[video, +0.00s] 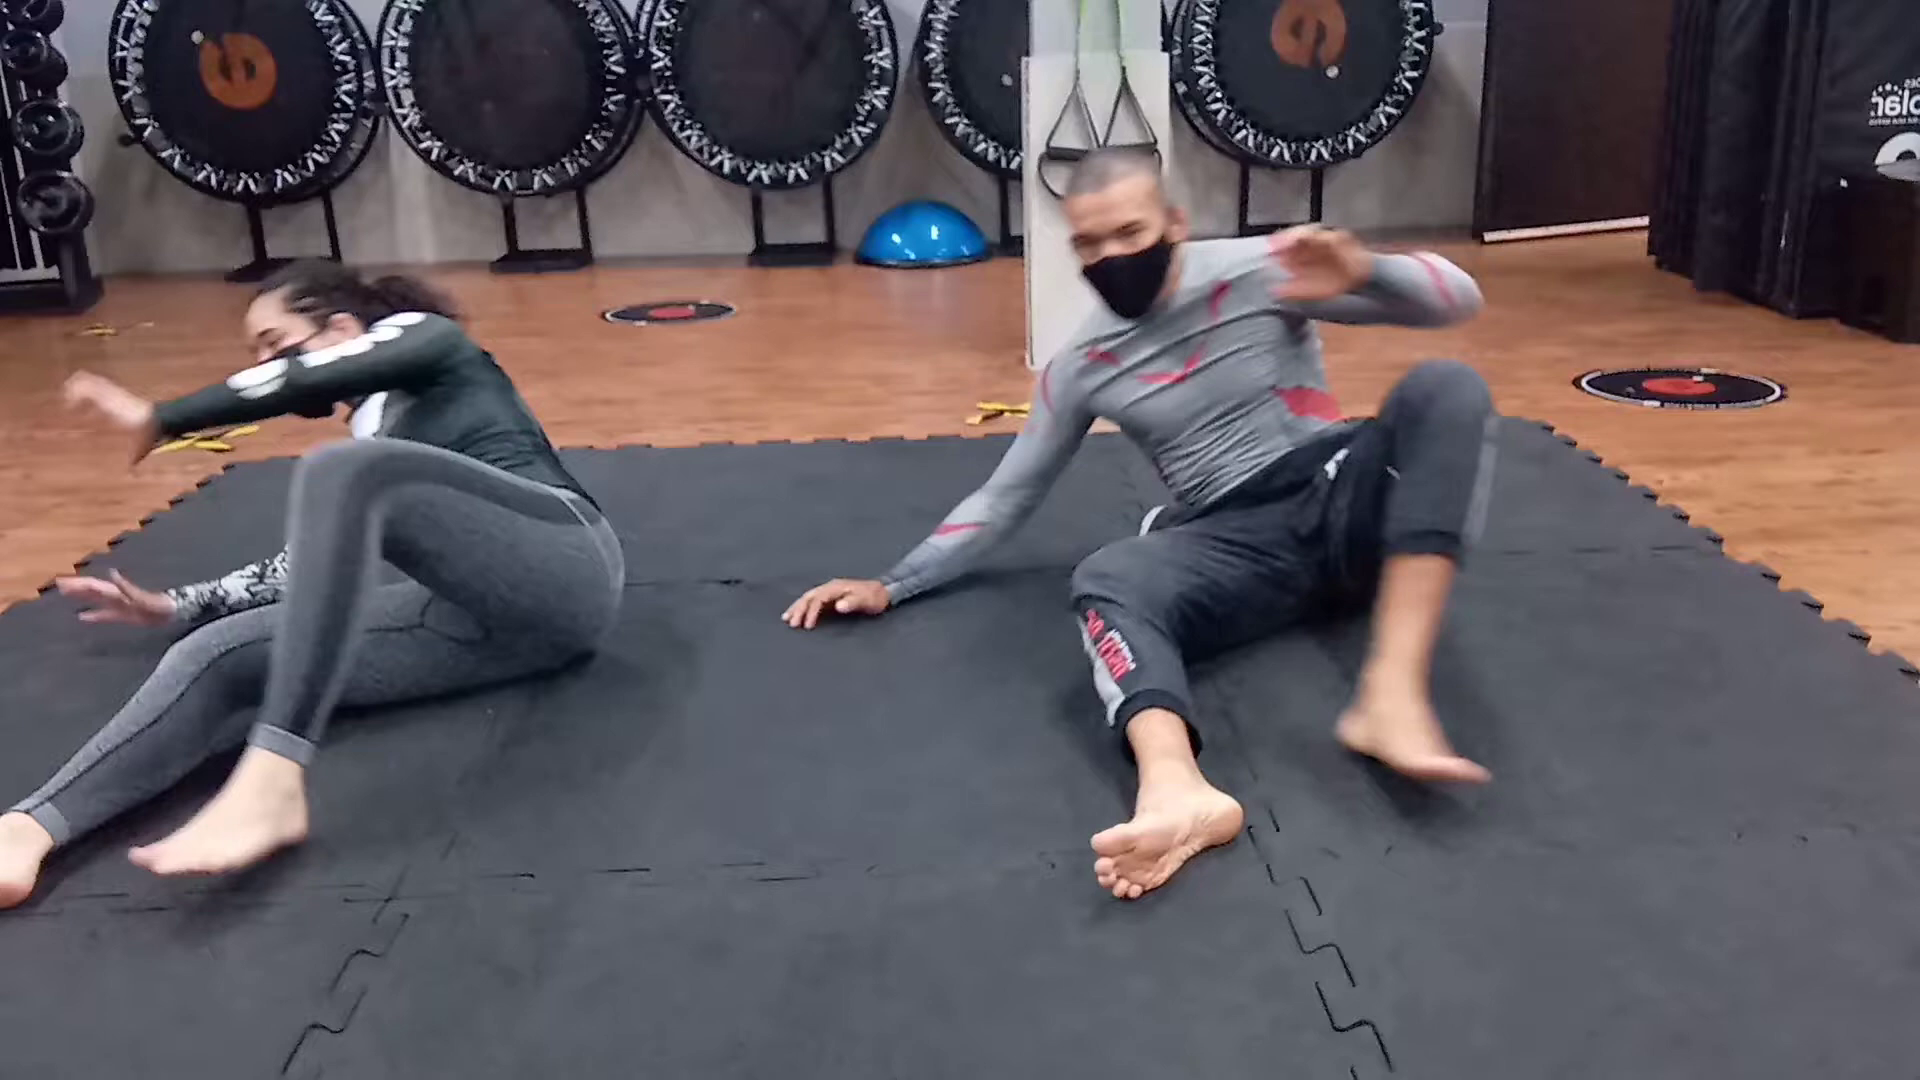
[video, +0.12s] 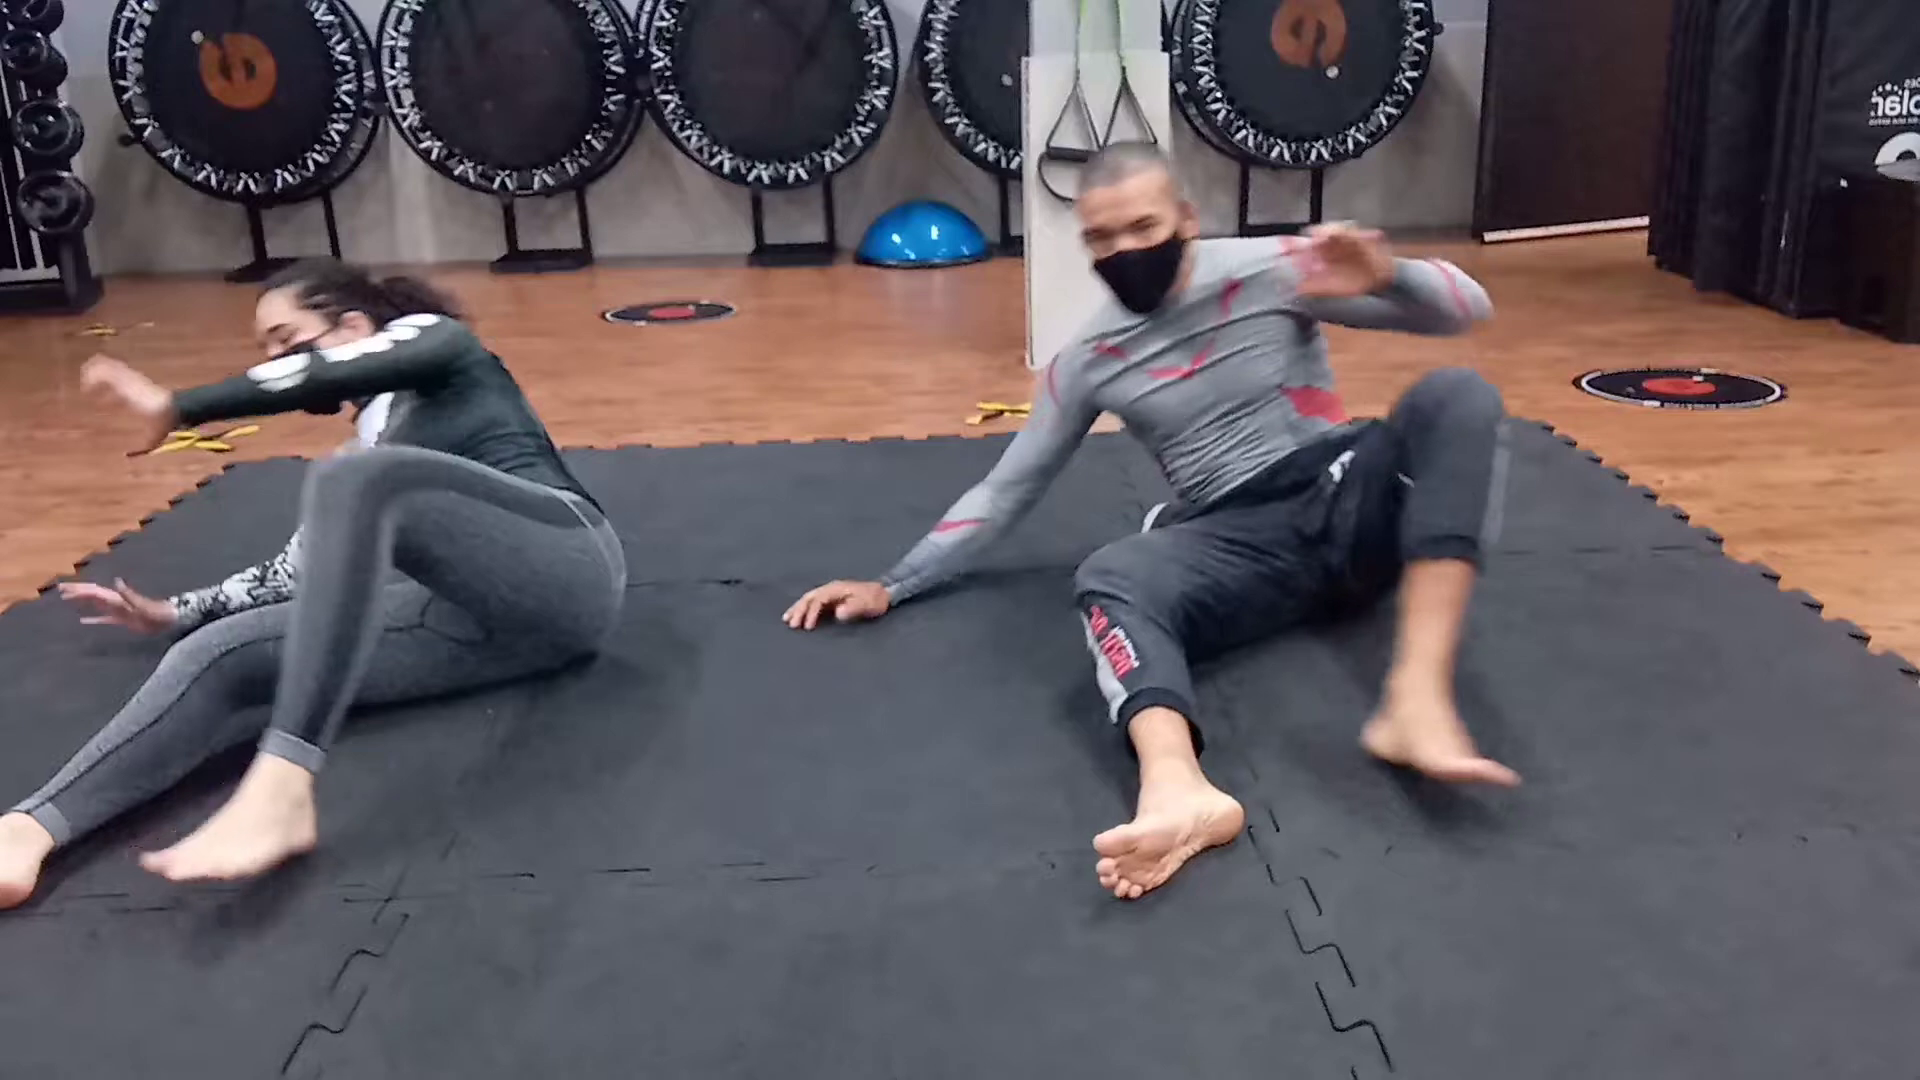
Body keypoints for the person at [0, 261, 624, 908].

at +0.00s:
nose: (278, 366)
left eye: (289, 343)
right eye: (268, 355)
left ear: (351, 321)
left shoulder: (436, 339)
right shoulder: (367, 441)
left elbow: (311, 381)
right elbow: (314, 563)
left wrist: (160, 418)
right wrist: (179, 606)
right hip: (483, 631)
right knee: (221, 654)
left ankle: (273, 782)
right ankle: (29, 832)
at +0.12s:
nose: (280, 363)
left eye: (292, 340)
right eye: (270, 353)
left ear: (357, 318)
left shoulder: (443, 340)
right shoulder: (368, 443)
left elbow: (330, 377)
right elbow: (295, 574)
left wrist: (178, 406)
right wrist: (176, 613)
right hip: (487, 631)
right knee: (223, 653)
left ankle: (283, 789)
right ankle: (28, 833)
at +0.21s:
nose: (299, 357)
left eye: (313, 334)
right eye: (287, 347)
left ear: (376, 315)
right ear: (284, 352)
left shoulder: (456, 343)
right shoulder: (355, 465)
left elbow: (356, 375)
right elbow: (297, 574)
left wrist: (216, 386)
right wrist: (173, 619)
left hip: (575, 573)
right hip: (478, 635)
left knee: (387, 496)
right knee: (225, 652)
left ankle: (301, 803)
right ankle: (30, 832)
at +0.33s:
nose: (327, 334)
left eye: (344, 313)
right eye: (317, 324)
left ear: (407, 313)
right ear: (317, 339)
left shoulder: (479, 342)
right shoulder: (360, 456)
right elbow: (298, 576)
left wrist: (292, 357)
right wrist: (175, 622)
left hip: (574, 573)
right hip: (459, 627)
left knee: (428, 525)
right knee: (226, 648)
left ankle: (360, 815)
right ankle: (29, 832)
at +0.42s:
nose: (349, 316)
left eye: (367, 294)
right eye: (335, 304)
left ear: (429, 302)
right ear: (320, 319)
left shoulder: (496, 343)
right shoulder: (360, 442)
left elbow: (505, 375)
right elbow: (303, 572)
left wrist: (354, 341)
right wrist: (174, 625)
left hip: (573, 573)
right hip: (458, 605)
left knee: (463, 530)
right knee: (230, 648)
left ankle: (420, 815)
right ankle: (30, 833)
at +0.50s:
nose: (387, 309)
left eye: (405, 286)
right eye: (363, 297)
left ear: (445, 289)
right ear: (342, 310)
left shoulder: (505, 347)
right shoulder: (364, 422)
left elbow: (567, 391)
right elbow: (295, 547)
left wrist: (437, 342)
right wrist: (178, 626)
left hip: (570, 573)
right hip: (444, 595)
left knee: (499, 529)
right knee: (232, 654)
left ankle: (483, 807)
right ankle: (33, 836)